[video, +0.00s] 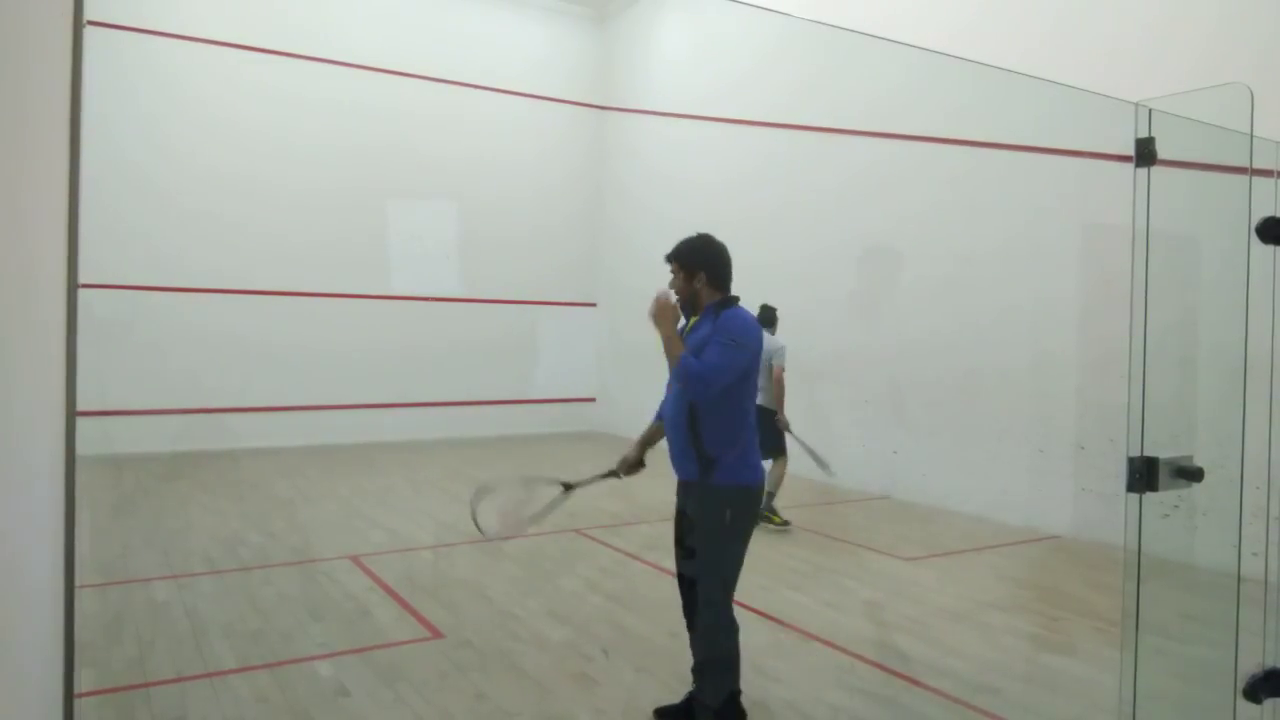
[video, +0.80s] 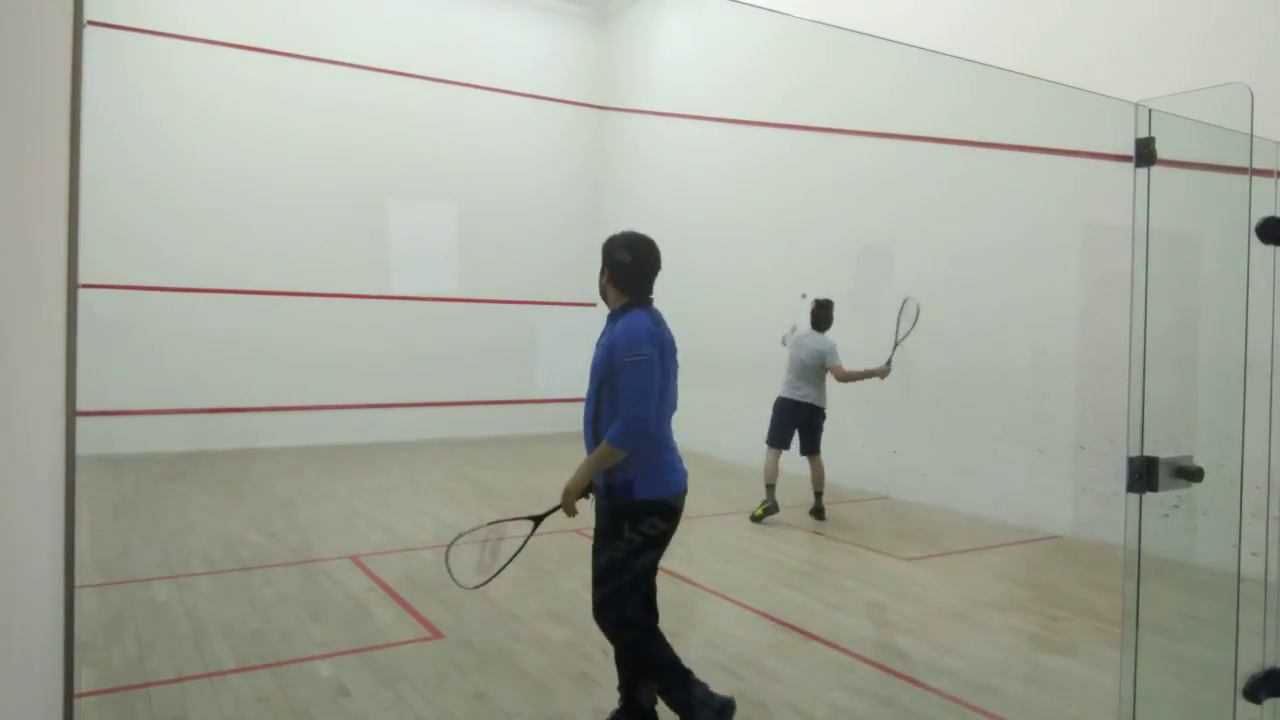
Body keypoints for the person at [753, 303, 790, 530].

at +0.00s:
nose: (777, 326)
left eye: (773, 322)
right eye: (776, 323)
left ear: (757, 321)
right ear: (774, 323)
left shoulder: (745, 340)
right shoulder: (775, 345)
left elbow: (737, 376)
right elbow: (777, 378)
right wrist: (780, 413)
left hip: (742, 406)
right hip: (763, 408)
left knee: (746, 456)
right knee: (780, 458)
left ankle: (743, 502)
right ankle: (767, 505)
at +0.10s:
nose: (785, 322)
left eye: (782, 318)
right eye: (785, 319)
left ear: (765, 320)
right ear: (784, 321)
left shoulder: (752, 340)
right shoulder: (787, 342)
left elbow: (743, 374)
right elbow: (791, 372)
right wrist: (800, 405)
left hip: (752, 408)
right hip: (779, 409)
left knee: (751, 459)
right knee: (793, 457)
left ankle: (749, 510)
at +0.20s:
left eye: (780, 319)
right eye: (793, 319)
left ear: (775, 321)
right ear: (796, 322)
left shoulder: (763, 344)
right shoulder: (804, 345)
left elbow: (749, 368)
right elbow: (816, 379)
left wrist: (763, 386)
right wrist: (820, 409)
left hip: (767, 411)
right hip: (795, 411)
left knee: (758, 460)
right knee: (802, 460)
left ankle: (751, 510)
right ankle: (808, 511)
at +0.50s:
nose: (773, 320)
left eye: (774, 316)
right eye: (775, 316)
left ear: (778, 319)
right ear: (797, 319)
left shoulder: (767, 344)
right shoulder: (808, 344)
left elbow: (753, 377)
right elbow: (822, 376)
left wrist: (754, 397)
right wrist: (840, 393)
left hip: (773, 412)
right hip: (801, 411)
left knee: (770, 460)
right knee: (804, 456)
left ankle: (770, 511)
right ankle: (811, 506)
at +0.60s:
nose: (807, 319)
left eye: (803, 315)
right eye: (806, 316)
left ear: (786, 320)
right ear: (806, 320)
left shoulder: (772, 346)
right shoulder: (812, 346)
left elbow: (761, 381)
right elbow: (824, 379)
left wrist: (762, 388)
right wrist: (857, 388)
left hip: (774, 413)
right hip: (803, 413)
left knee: (771, 460)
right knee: (809, 457)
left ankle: (771, 512)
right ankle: (818, 505)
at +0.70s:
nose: (824, 319)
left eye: (821, 315)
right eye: (823, 316)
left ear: (802, 318)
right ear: (821, 320)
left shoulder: (787, 343)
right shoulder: (821, 346)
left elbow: (776, 357)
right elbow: (829, 379)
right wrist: (864, 385)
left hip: (784, 409)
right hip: (811, 411)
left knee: (774, 455)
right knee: (813, 457)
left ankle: (769, 504)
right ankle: (818, 506)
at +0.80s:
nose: (830, 319)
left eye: (829, 315)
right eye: (830, 316)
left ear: (811, 318)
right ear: (829, 321)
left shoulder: (797, 338)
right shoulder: (827, 346)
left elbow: (785, 341)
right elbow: (841, 376)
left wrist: (791, 333)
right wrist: (875, 372)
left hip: (786, 403)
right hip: (812, 409)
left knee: (773, 452)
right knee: (814, 456)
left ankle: (770, 500)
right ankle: (818, 506)